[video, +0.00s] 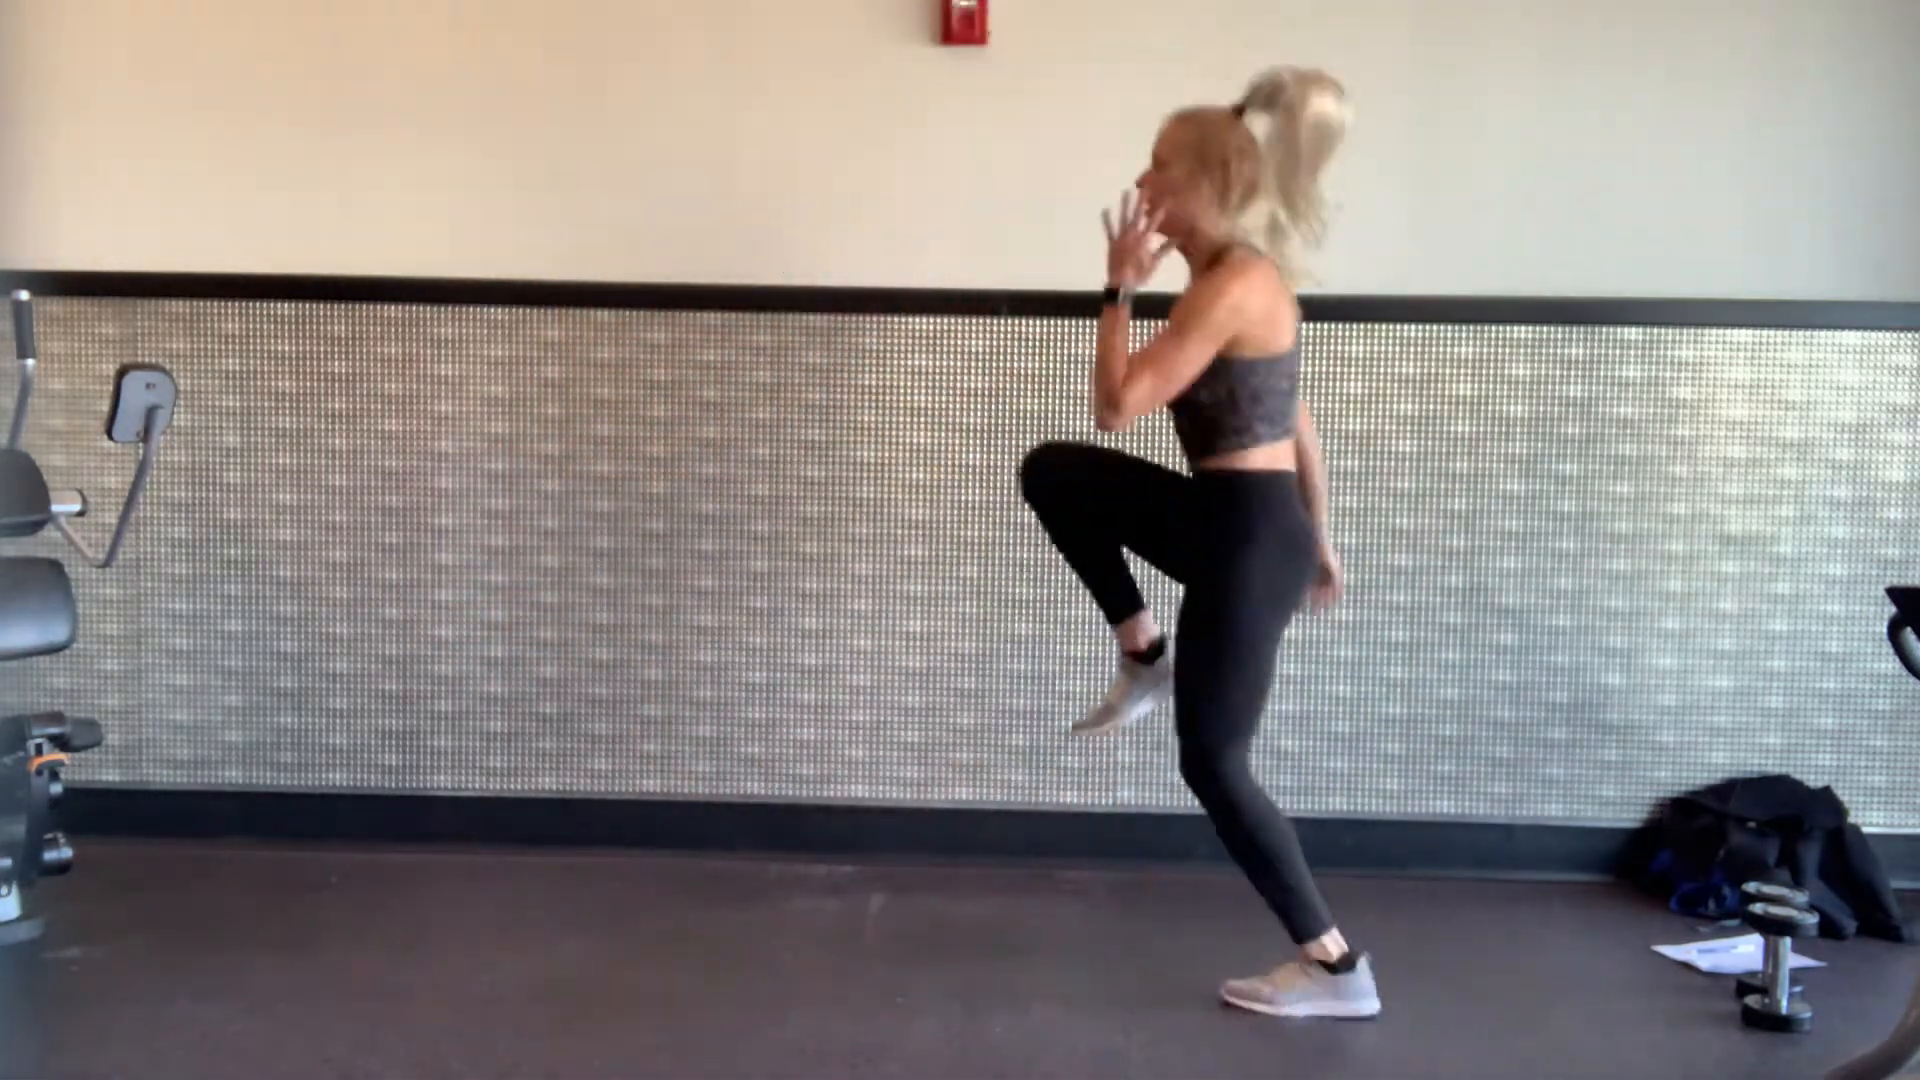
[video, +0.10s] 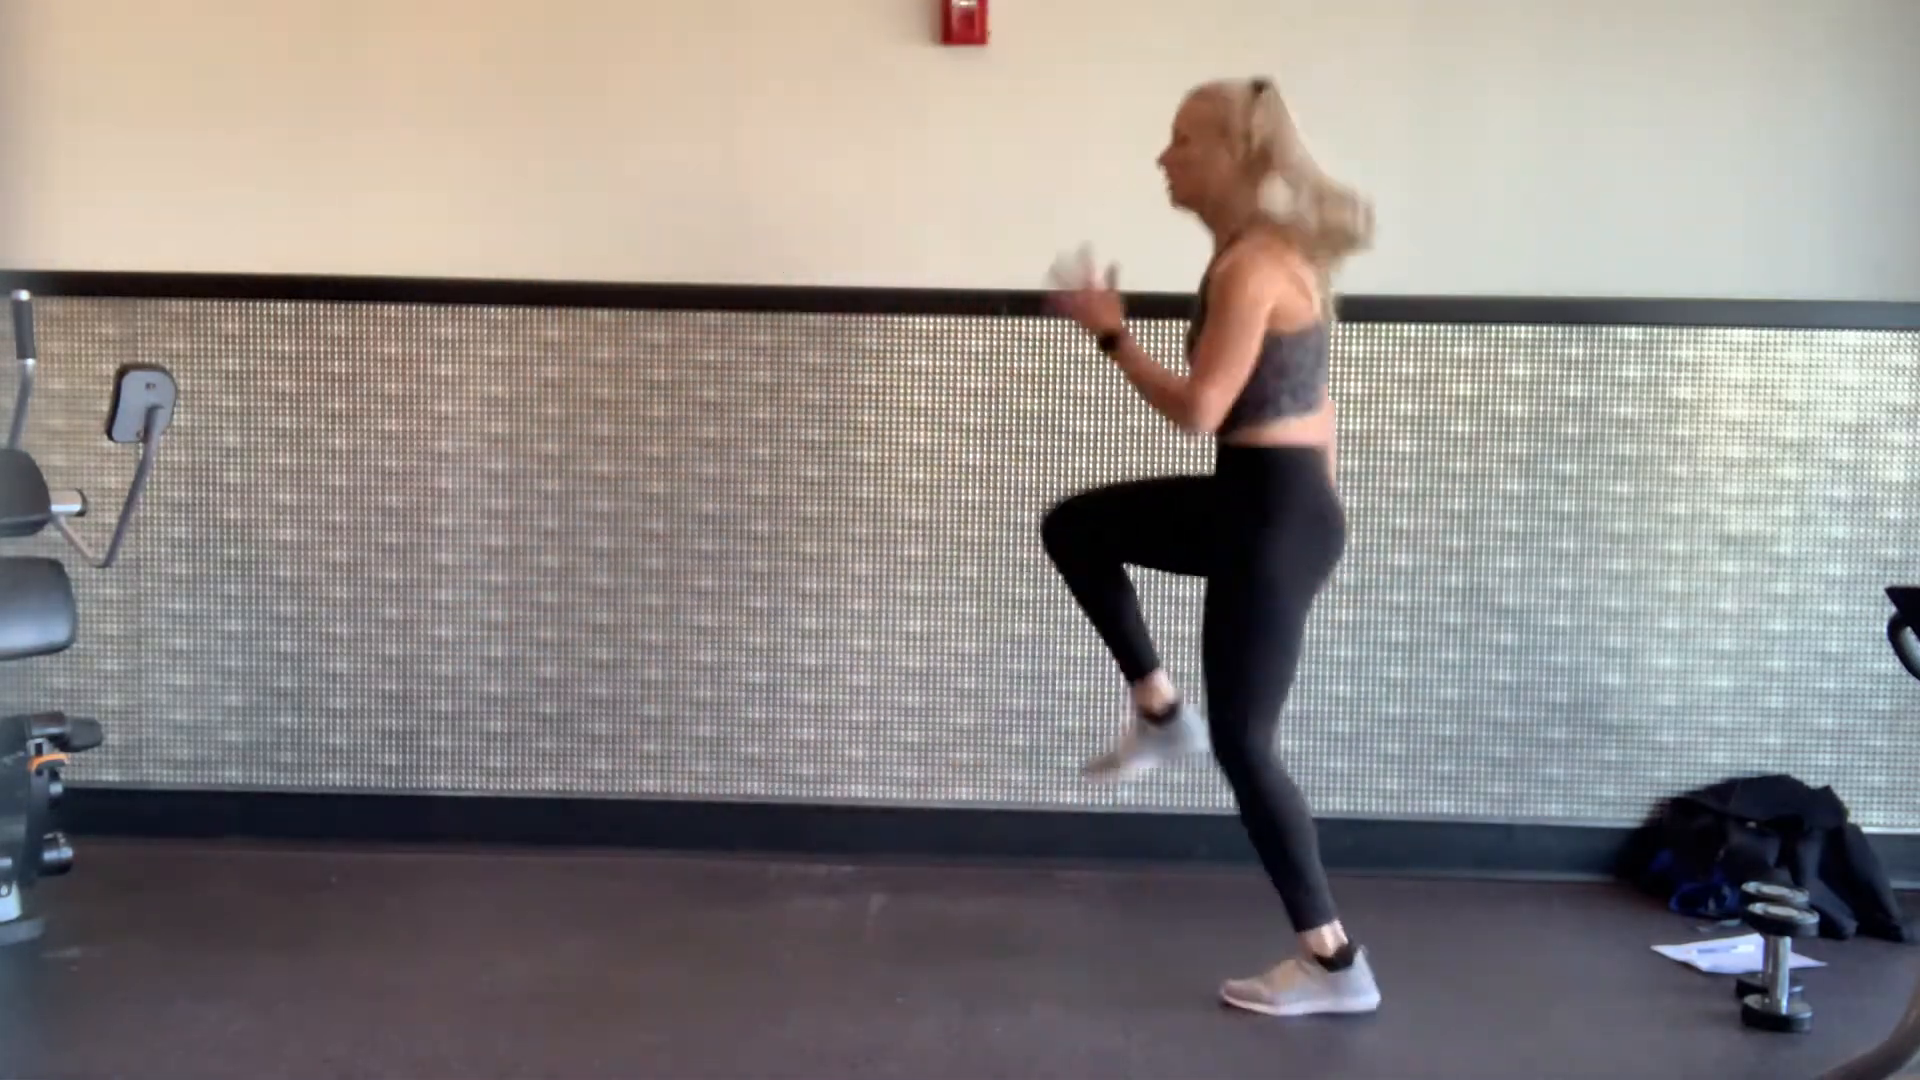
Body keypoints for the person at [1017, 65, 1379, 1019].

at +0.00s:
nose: (1146, 183)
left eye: (1163, 170)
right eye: (1152, 166)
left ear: (1210, 190)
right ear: (1219, 191)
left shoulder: (1237, 285)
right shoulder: (1238, 277)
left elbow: (1115, 406)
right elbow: (1293, 424)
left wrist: (1119, 283)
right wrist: (1316, 534)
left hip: (1252, 536)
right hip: (1234, 519)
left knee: (1211, 757)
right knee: (1048, 474)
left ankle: (1332, 961)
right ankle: (1142, 649)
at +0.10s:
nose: (1164, 158)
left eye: (1181, 144)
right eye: (1171, 142)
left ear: (1230, 160)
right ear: (1241, 162)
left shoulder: (1253, 266)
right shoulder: (1279, 255)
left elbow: (1198, 410)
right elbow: (1301, 398)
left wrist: (1109, 334)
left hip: (1279, 518)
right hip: (1264, 506)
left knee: (1239, 737)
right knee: (1074, 530)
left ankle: (1331, 957)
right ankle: (1156, 708)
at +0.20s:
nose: (1183, 110)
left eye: (1198, 96)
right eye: (1190, 94)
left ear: (1244, 112)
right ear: (1248, 113)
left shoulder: (1279, 217)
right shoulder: (1265, 208)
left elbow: (1268, 375)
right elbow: (1288, 366)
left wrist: (1147, 411)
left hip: (1306, 473)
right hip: (1275, 466)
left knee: (1265, 699)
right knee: (1130, 604)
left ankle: (1314, 931)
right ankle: (1218, 767)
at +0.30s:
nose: (1194, 122)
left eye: (1213, 108)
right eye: (1202, 105)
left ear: (1266, 127)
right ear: (1255, 128)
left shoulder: (1298, 228)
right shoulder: (1259, 225)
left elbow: (1328, 385)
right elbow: (1276, 383)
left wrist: (1213, 453)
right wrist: (1202, 454)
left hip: (1334, 482)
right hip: (1284, 480)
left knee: (1269, 699)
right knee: (1210, 664)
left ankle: (1338, 934)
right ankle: (1277, 837)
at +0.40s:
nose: (1191, 205)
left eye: (1208, 193)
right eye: (1198, 189)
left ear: (1259, 213)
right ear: (1254, 215)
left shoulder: (1306, 307)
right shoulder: (1246, 308)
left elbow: (1336, 465)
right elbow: (1244, 447)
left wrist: (1209, 478)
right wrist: (1153, 462)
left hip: (1367, 552)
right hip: (1317, 549)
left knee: (1281, 745)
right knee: (1242, 719)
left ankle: (1377, 985)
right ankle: (1322, 896)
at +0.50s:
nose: (1177, 328)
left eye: (1190, 314)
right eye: (1182, 313)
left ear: (1236, 335)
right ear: (1238, 335)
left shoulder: (1293, 426)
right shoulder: (1240, 435)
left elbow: (1266, 582)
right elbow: (1184, 553)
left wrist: (1177, 516)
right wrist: (1139, 499)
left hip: (1420, 637)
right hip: (1362, 631)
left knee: (1278, 769)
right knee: (1229, 729)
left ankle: (1375, 990)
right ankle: (1318, 901)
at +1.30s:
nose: (1123, 399)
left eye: (1134, 385)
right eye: (1124, 384)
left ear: (1185, 388)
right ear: (1184, 390)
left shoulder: (1244, 470)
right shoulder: (1210, 468)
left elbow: (1136, 596)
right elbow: (1124, 567)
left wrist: (1037, 533)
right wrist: (1034, 529)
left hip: (1423, 647)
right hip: (1368, 636)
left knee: (1280, 770)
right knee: (1237, 722)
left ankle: (1377, 993)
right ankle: (1321, 901)